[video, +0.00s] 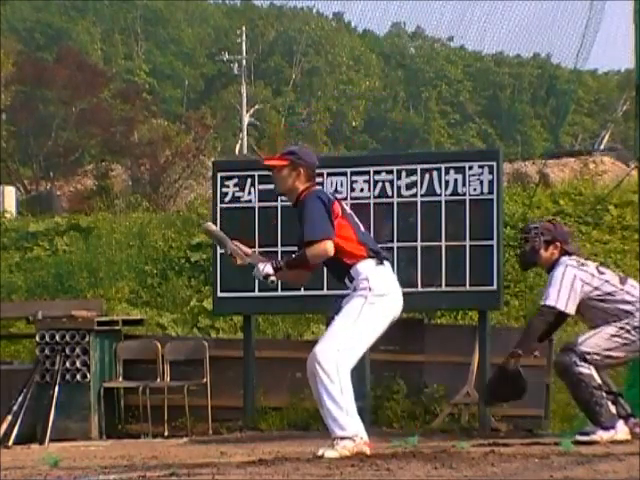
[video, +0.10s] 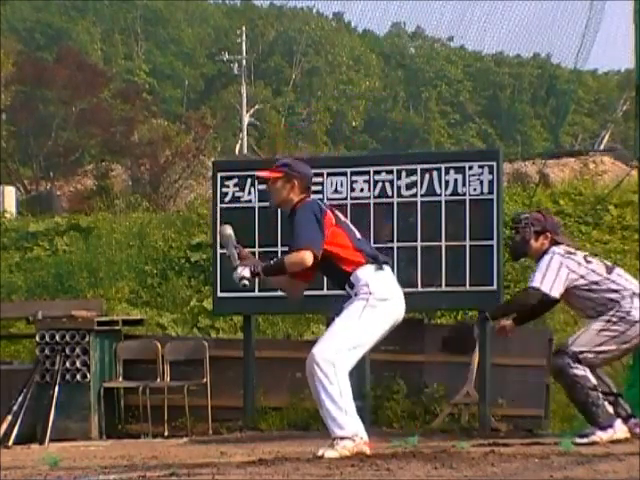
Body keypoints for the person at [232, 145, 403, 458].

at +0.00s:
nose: (274, 176)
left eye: (279, 170)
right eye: (274, 171)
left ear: (298, 172)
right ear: (299, 174)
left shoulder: (313, 199)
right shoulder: (313, 204)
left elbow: (323, 249)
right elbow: (300, 278)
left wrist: (282, 265)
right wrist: (265, 267)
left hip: (374, 288)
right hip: (369, 290)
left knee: (325, 358)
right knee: (322, 361)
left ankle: (351, 438)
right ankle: (351, 436)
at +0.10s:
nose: (268, 188)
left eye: (273, 182)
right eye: (269, 182)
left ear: (293, 185)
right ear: (295, 186)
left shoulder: (307, 210)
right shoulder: (313, 213)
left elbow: (305, 257)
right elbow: (295, 287)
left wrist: (260, 267)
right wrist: (258, 271)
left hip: (376, 292)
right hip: (376, 293)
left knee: (324, 358)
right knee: (321, 360)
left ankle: (350, 437)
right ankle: (351, 436)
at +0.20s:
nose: (264, 200)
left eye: (268, 194)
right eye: (264, 195)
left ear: (288, 196)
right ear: (289, 197)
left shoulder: (303, 218)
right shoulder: (312, 227)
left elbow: (277, 266)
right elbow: (288, 296)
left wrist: (235, 269)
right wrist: (258, 263)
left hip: (378, 296)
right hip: (374, 298)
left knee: (323, 358)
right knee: (318, 361)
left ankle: (351, 438)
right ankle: (350, 436)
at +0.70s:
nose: (258, 207)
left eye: (263, 201)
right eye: (259, 202)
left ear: (282, 202)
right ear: (284, 204)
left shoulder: (292, 227)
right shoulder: (306, 228)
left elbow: (240, 271)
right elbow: (272, 298)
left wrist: (209, 259)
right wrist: (264, 259)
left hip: (370, 297)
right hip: (372, 298)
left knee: (317, 362)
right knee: (316, 364)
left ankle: (349, 436)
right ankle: (351, 435)